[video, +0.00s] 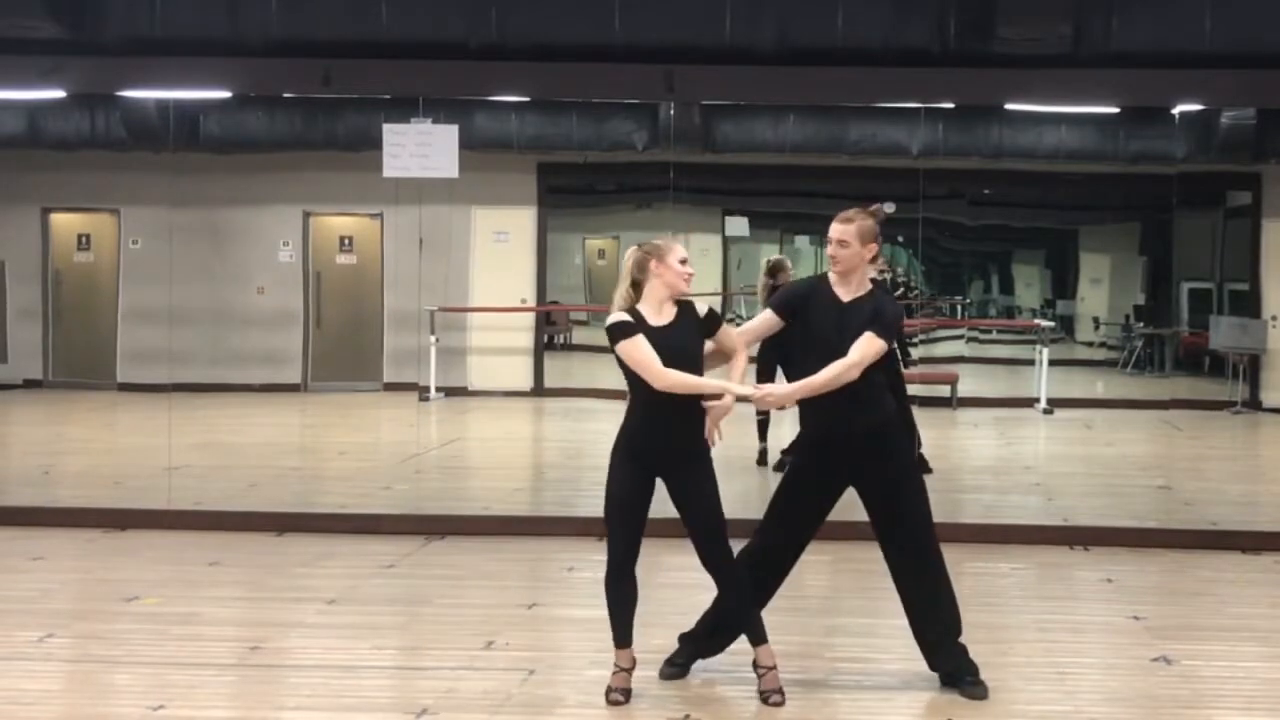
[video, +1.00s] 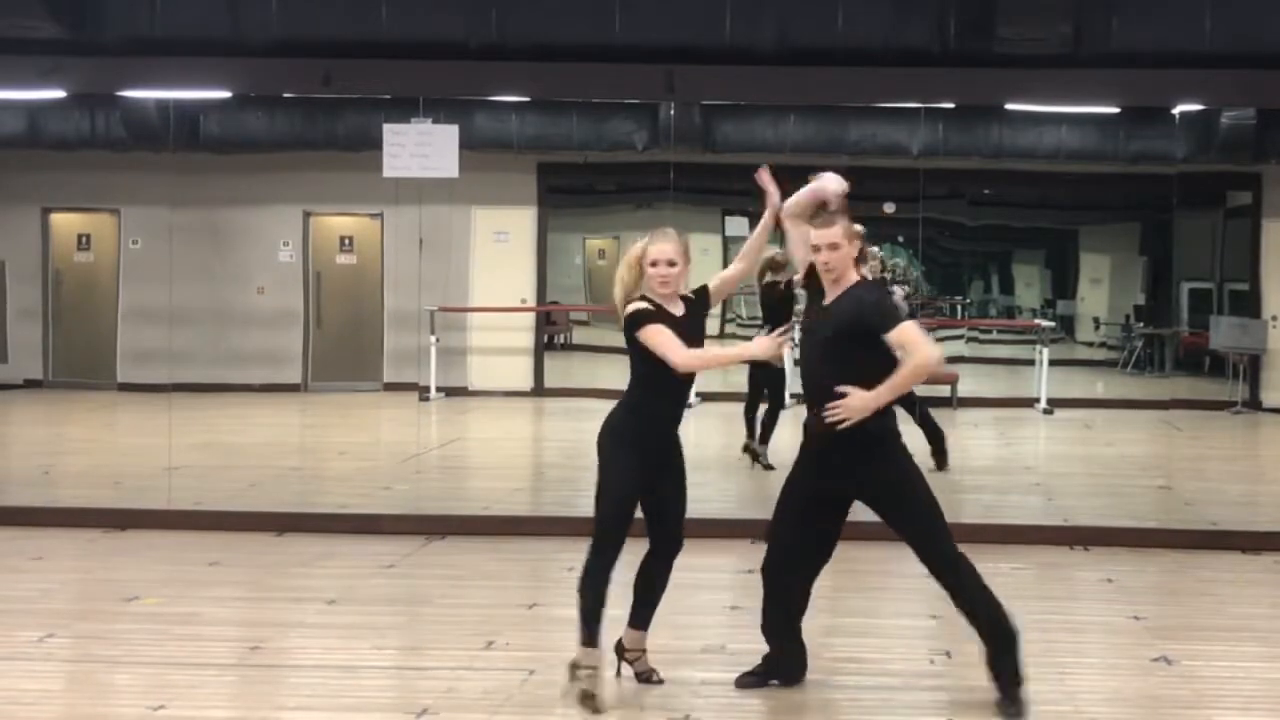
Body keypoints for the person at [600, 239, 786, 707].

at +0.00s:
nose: (690, 271)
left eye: (690, 264)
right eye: (682, 263)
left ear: (663, 270)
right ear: (651, 268)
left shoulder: (695, 316)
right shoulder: (622, 323)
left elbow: (739, 349)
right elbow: (660, 378)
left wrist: (728, 399)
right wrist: (733, 389)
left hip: (687, 449)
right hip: (636, 450)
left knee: (716, 555)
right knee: (620, 557)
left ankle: (763, 654)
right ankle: (623, 658)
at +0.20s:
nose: (680, 274)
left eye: (679, 267)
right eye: (674, 266)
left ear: (651, 270)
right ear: (646, 269)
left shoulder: (670, 318)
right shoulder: (620, 322)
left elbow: (687, 374)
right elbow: (656, 385)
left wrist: (693, 406)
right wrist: (733, 397)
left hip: (667, 450)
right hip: (621, 453)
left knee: (702, 554)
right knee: (627, 557)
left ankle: (738, 657)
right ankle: (613, 660)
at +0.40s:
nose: (680, 266)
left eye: (679, 258)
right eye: (675, 258)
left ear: (641, 262)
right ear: (652, 262)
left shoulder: (622, 309)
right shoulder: (660, 314)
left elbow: (595, 339)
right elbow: (710, 367)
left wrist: (629, 361)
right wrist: (776, 341)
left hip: (632, 440)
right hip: (640, 447)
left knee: (677, 538)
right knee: (637, 551)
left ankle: (633, 640)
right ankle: (601, 658)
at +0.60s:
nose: (690, 267)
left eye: (689, 259)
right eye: (686, 260)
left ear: (650, 264)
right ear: (664, 264)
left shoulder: (623, 314)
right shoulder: (688, 315)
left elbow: (594, 346)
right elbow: (746, 359)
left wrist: (629, 329)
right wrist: (808, 343)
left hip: (619, 440)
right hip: (668, 445)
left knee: (608, 546)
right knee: (660, 555)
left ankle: (599, 652)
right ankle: (629, 655)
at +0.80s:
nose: (694, 270)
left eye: (693, 262)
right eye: (689, 262)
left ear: (656, 268)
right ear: (666, 267)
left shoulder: (633, 313)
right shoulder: (674, 316)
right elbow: (731, 365)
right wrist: (787, 351)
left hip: (627, 440)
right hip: (668, 445)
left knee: (633, 545)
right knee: (660, 554)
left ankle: (608, 647)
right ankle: (628, 659)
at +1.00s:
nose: (665, 271)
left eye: (673, 263)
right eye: (656, 264)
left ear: (685, 267)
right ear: (641, 271)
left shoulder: (696, 303)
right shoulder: (640, 316)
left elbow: (741, 267)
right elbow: (684, 359)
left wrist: (771, 212)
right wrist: (751, 349)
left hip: (663, 441)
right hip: (626, 438)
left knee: (667, 541)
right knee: (608, 539)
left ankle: (634, 641)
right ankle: (587, 650)